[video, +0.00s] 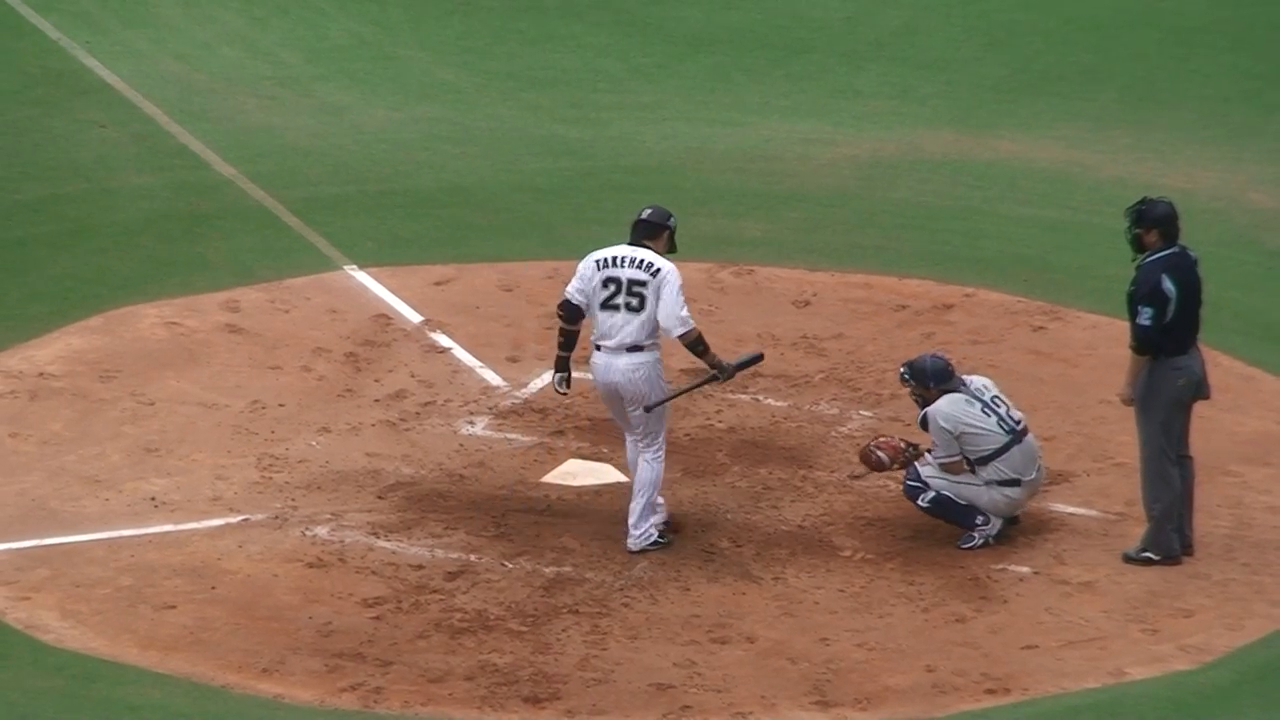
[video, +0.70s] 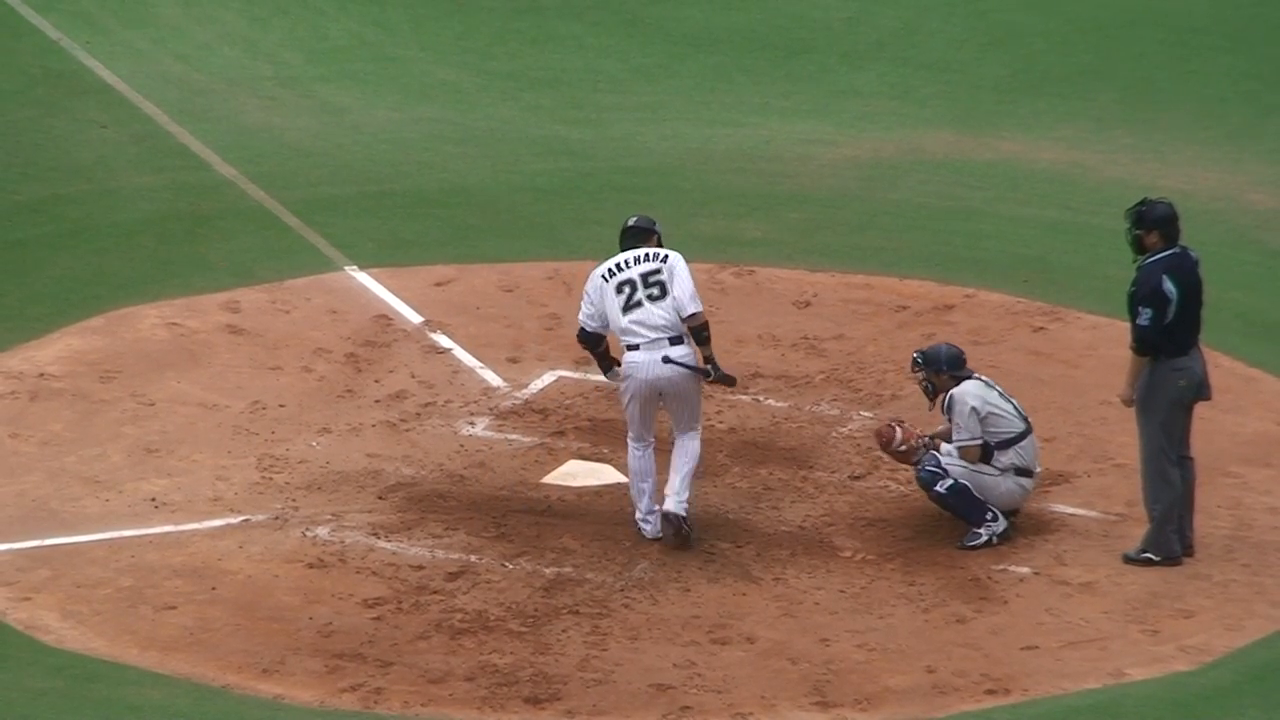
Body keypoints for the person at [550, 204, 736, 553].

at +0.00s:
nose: (669, 245)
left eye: (670, 239)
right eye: (668, 238)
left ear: (635, 233)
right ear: (660, 237)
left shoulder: (596, 260)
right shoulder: (664, 270)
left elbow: (570, 311)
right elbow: (680, 327)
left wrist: (562, 363)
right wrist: (715, 362)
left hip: (601, 366)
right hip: (641, 367)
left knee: (634, 435)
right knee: (651, 448)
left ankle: (652, 510)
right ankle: (640, 532)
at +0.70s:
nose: (659, 244)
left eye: (657, 240)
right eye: (658, 239)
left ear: (622, 242)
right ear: (653, 239)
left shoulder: (601, 274)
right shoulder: (670, 259)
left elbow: (589, 335)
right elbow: (693, 318)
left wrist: (608, 366)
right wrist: (711, 362)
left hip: (635, 364)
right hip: (678, 356)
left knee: (640, 442)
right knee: (687, 432)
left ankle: (648, 521)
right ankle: (675, 504)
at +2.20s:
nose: (734, 257)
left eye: (734, 251)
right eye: (734, 251)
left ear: (701, 239)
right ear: (727, 249)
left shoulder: (654, 253)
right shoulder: (724, 278)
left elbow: (618, 293)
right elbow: (720, 346)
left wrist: (631, 336)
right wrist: (722, 383)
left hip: (640, 353)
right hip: (682, 360)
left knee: (641, 432)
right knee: (686, 444)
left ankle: (637, 517)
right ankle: (683, 527)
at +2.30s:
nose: (735, 259)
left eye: (735, 253)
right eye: (735, 253)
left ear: (702, 240)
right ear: (728, 251)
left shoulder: (655, 254)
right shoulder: (723, 279)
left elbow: (617, 292)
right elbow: (718, 347)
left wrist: (632, 334)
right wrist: (725, 378)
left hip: (637, 352)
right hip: (679, 361)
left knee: (632, 431)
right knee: (684, 444)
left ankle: (612, 512)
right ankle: (683, 528)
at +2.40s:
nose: (732, 261)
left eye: (733, 255)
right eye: (733, 255)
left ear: (699, 242)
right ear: (726, 252)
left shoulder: (654, 255)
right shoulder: (719, 279)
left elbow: (614, 294)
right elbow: (712, 342)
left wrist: (628, 325)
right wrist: (727, 370)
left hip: (632, 353)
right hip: (674, 362)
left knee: (618, 430)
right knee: (682, 446)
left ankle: (588, 507)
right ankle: (682, 531)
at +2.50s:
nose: (726, 261)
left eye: (727, 255)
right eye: (727, 254)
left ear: (694, 240)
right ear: (719, 250)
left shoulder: (651, 254)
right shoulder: (711, 276)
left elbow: (612, 298)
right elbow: (703, 334)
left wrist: (629, 317)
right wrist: (728, 354)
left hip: (626, 351)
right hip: (666, 359)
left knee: (605, 431)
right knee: (678, 445)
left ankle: (573, 503)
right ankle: (682, 529)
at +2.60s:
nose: (719, 261)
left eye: (720, 254)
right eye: (719, 254)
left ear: (687, 241)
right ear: (711, 250)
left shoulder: (643, 256)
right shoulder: (701, 276)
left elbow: (609, 306)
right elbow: (695, 332)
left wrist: (650, 319)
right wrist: (725, 337)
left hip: (617, 351)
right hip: (656, 360)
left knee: (596, 436)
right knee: (674, 446)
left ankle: (568, 510)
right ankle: (682, 529)